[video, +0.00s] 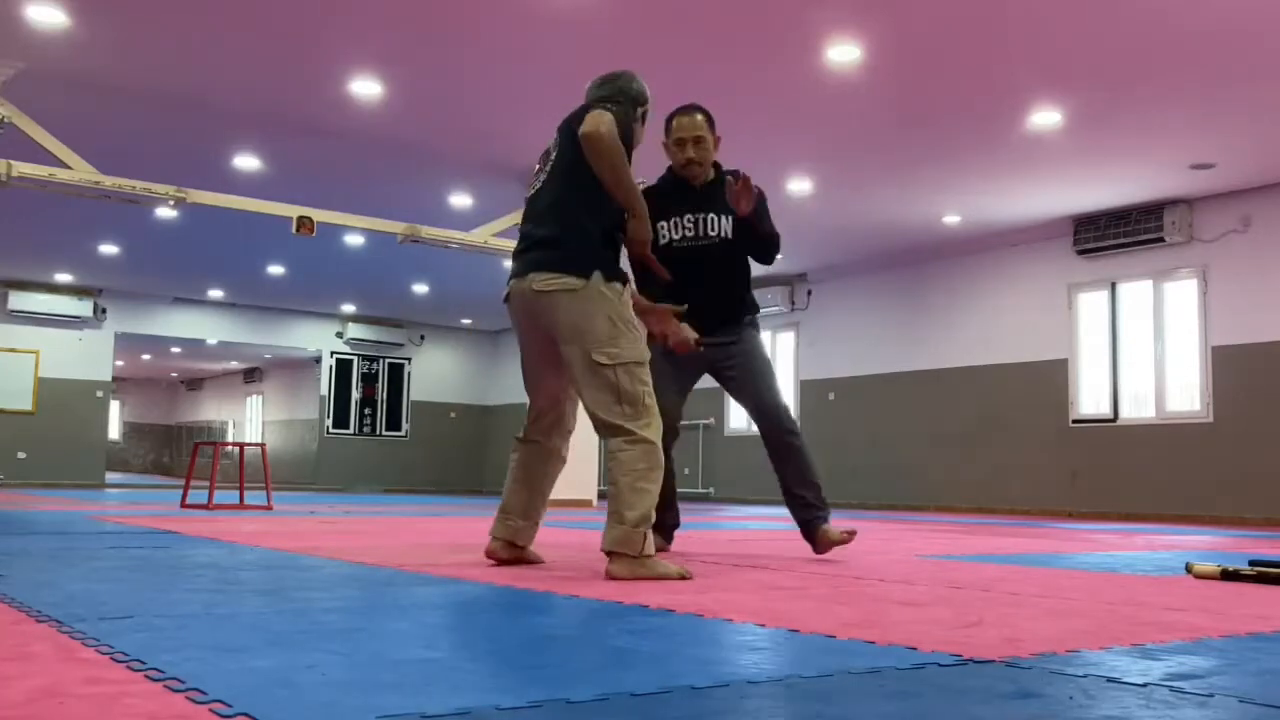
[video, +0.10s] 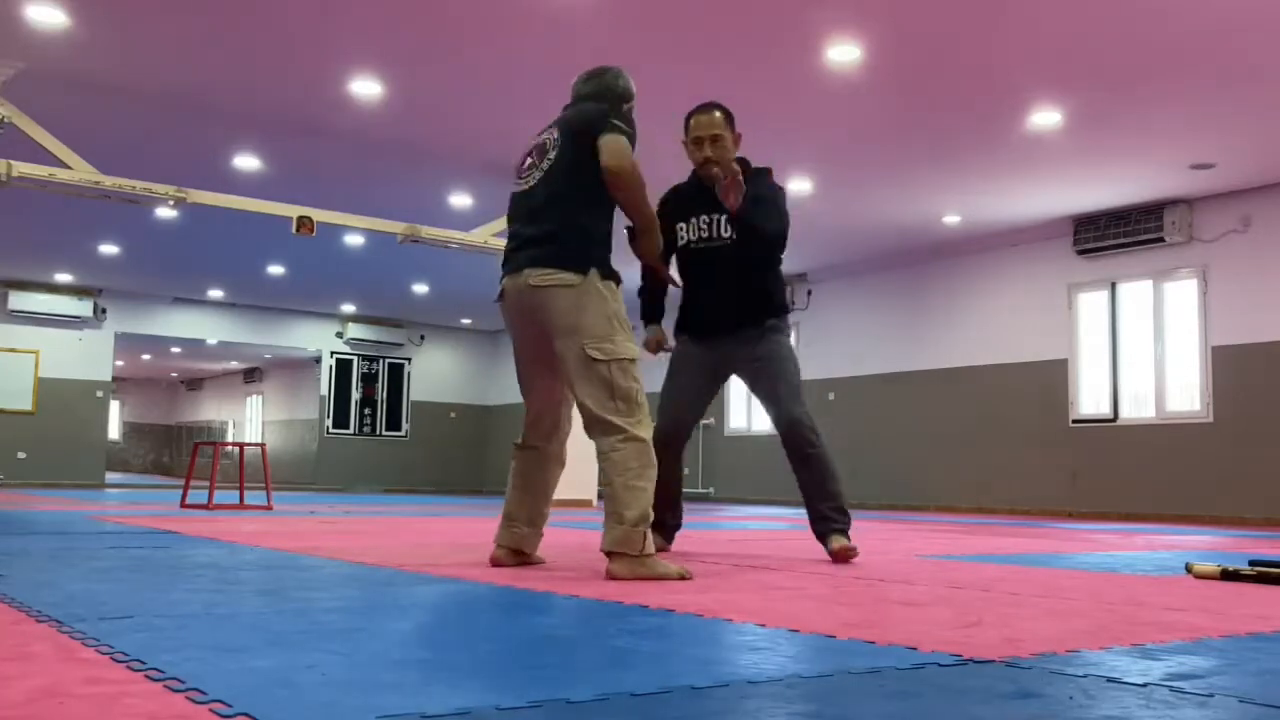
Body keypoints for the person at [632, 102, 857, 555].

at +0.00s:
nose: (690, 153)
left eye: (698, 142)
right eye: (680, 144)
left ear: (716, 143)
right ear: (666, 147)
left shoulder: (740, 192)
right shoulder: (647, 203)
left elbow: (767, 254)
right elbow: (635, 276)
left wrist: (750, 215)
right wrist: (659, 318)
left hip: (734, 335)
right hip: (673, 338)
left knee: (777, 420)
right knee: (654, 430)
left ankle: (816, 526)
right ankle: (659, 529)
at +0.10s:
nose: (705, 150)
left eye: (715, 140)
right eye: (696, 143)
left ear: (736, 142)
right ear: (686, 148)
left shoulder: (761, 186)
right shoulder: (674, 203)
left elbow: (772, 246)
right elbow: (656, 264)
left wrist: (740, 209)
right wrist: (652, 322)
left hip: (761, 334)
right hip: (700, 338)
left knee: (796, 424)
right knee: (667, 434)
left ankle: (834, 531)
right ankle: (661, 530)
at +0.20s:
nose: (724, 152)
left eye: (734, 140)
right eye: (715, 143)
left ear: (758, 137)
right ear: (707, 145)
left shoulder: (785, 177)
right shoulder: (714, 189)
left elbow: (771, 246)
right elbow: (710, 247)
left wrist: (706, 244)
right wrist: (697, 283)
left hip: (794, 327)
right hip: (736, 330)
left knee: (815, 422)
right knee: (701, 429)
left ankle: (840, 536)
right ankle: (673, 533)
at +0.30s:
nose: (749, 151)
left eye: (759, 139)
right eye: (740, 142)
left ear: (784, 136)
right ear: (733, 143)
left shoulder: (807, 184)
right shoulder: (744, 185)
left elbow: (763, 247)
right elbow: (763, 243)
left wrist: (688, 281)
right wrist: (736, 244)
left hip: (813, 323)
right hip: (756, 323)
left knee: (821, 419)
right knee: (728, 425)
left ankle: (841, 536)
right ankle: (741, 525)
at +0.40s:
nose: (769, 151)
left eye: (778, 140)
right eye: (760, 142)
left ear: (804, 136)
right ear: (752, 144)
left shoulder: (829, 186)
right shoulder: (749, 187)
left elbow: (801, 268)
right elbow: (744, 255)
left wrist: (731, 313)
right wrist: (737, 238)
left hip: (828, 323)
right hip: (772, 324)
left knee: (830, 419)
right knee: (751, 429)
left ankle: (842, 535)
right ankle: (778, 521)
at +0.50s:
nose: (783, 158)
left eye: (793, 146)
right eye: (773, 148)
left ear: (818, 141)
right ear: (764, 147)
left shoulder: (851, 193)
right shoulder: (753, 194)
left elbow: (856, 279)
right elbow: (730, 270)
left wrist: (792, 319)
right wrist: (753, 226)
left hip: (838, 327)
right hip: (777, 328)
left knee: (838, 422)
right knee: (758, 434)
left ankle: (839, 535)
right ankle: (765, 519)